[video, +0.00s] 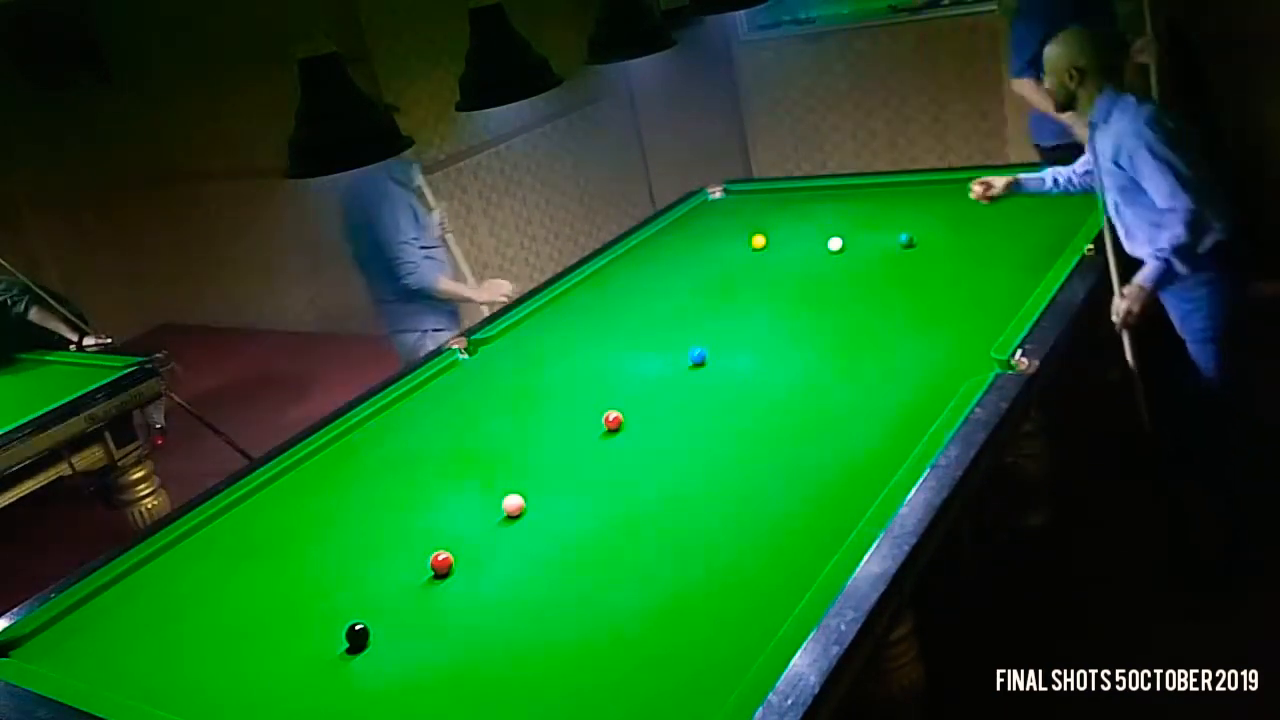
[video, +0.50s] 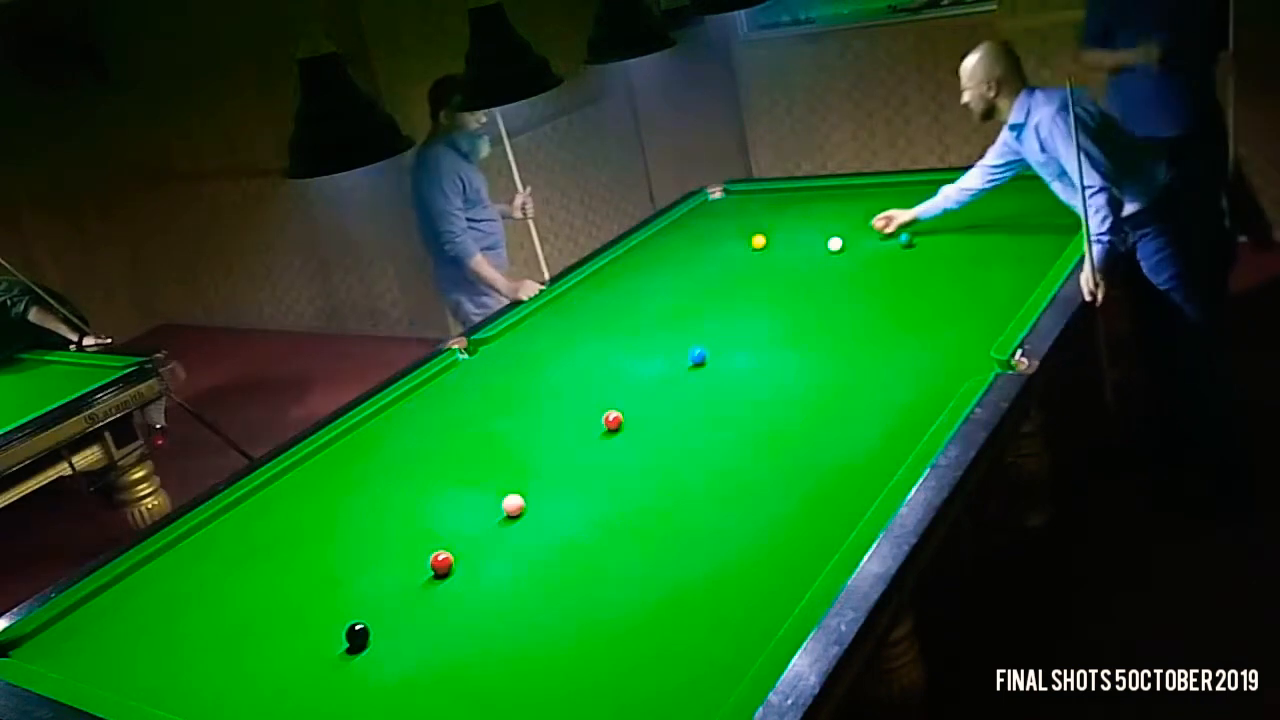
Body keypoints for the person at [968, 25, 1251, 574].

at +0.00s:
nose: (1043, 88)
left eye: (1047, 76)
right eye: (1043, 77)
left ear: (1072, 79)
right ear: (1085, 77)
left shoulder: (1130, 129)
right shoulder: (1109, 126)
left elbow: (1185, 217)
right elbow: (1087, 174)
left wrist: (1144, 283)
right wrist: (1014, 182)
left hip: (1200, 293)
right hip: (1179, 290)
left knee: (1220, 416)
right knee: (1208, 413)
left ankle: (1231, 541)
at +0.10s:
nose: (1026, 79)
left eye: (1032, 69)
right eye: (1026, 69)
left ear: (1061, 67)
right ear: (1063, 67)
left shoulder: (1109, 116)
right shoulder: (1091, 112)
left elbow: (1161, 200)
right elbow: (1073, 168)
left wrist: (1128, 269)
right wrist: (999, 180)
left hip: (1187, 271)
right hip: (1167, 267)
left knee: (1198, 395)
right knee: (1186, 392)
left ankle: (1212, 519)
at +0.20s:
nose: (1013, 81)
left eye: (1019, 70)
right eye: (1012, 71)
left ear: (1047, 67)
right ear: (1046, 68)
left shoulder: (1093, 108)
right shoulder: (1075, 108)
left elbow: (1142, 193)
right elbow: (1055, 165)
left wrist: (1115, 264)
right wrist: (981, 187)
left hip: (1181, 255)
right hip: (1160, 252)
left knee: (1196, 379)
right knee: (1185, 376)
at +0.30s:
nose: (997, 84)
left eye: (1002, 72)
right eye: (997, 73)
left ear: (1031, 68)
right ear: (1031, 68)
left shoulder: (1079, 109)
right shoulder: (1060, 111)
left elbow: (1121, 191)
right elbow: (1030, 166)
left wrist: (1110, 262)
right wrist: (962, 194)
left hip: (1174, 241)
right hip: (1152, 240)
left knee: (1191, 365)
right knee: (1173, 363)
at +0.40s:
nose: (979, 90)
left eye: (984, 80)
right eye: (979, 81)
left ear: (1012, 77)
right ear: (1014, 77)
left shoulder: (1066, 111)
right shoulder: (1040, 120)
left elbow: (1109, 188)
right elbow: (1000, 173)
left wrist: (1104, 261)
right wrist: (936, 203)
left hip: (1167, 229)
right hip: (1138, 232)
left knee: (1196, 353)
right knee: (1175, 353)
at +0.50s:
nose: (963, 98)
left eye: (967, 88)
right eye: (962, 89)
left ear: (992, 86)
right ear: (993, 86)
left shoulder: (1051, 112)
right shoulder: (1019, 130)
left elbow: (1097, 186)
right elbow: (974, 181)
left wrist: (1095, 258)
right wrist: (911, 214)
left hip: (1158, 220)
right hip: (1128, 227)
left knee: (1193, 341)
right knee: (1168, 342)